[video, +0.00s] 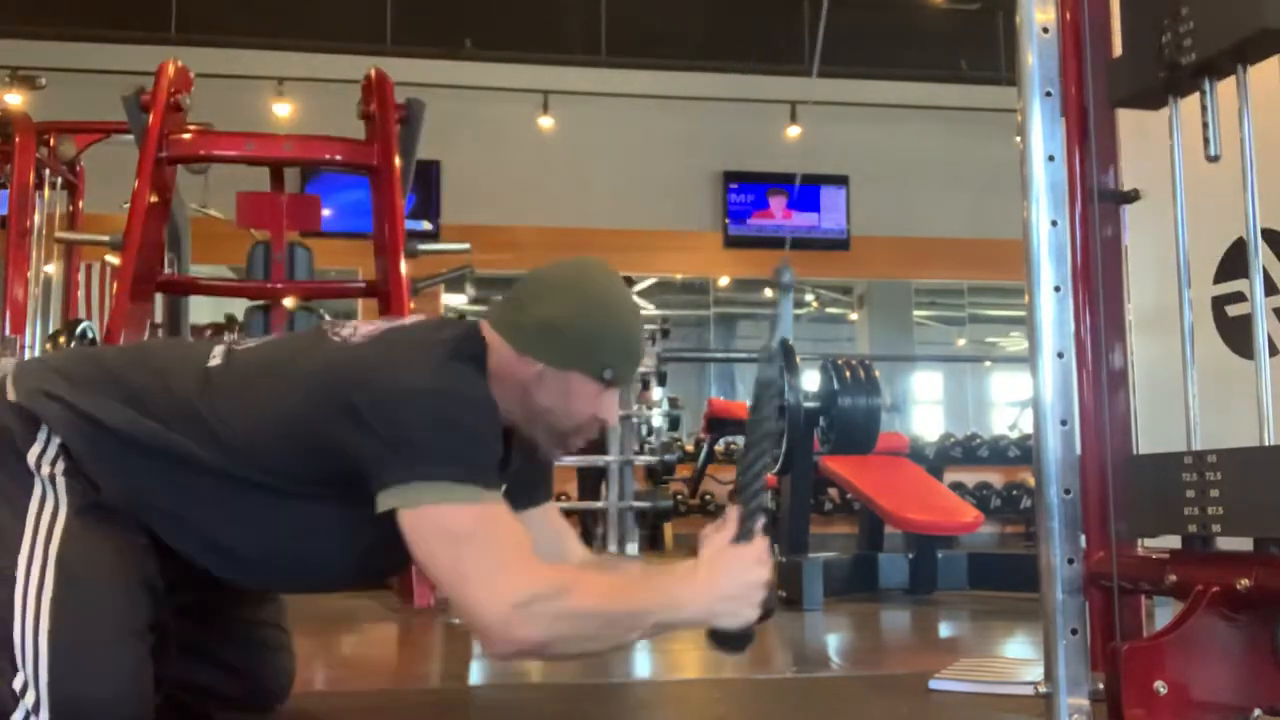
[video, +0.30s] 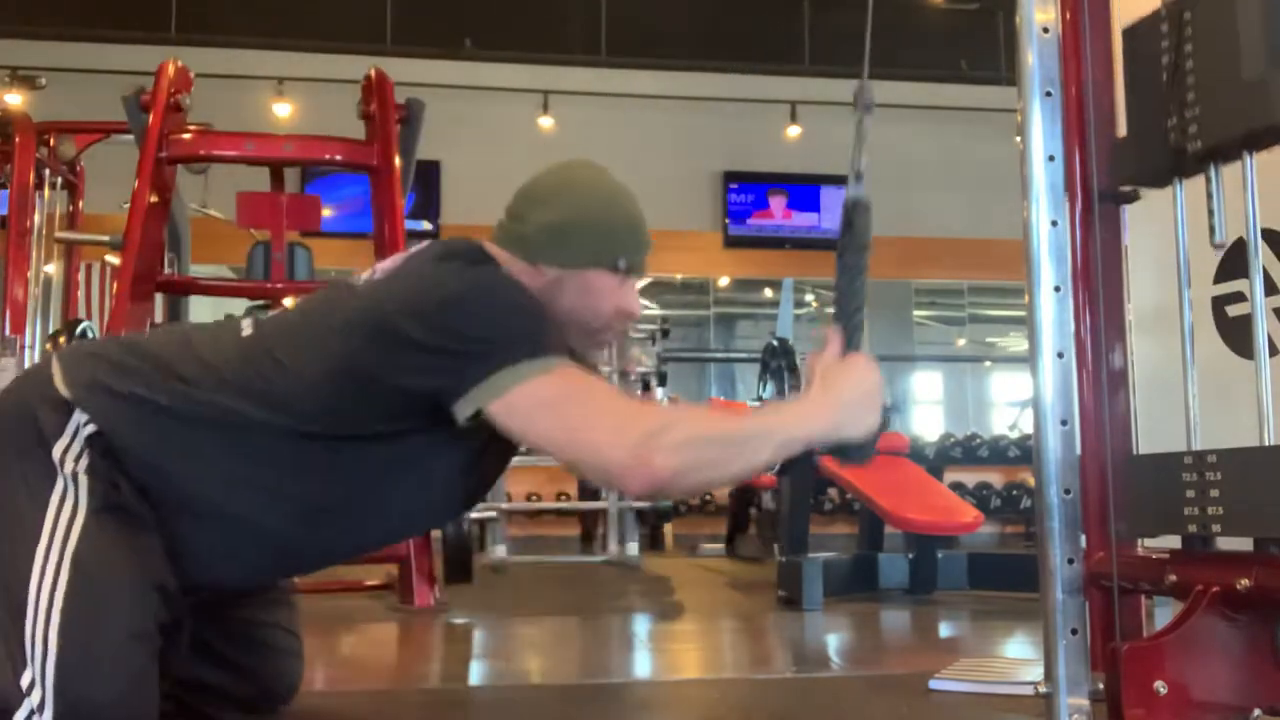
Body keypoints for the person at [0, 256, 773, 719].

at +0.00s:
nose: (616, 416)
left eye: (624, 393)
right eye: (608, 387)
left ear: (545, 367)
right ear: (541, 364)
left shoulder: (505, 428)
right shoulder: (429, 391)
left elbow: (563, 581)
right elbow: (508, 616)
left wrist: (689, 586)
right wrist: (687, 594)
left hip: (198, 499)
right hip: (71, 446)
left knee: (246, 682)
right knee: (83, 696)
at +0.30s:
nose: (636, 300)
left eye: (638, 278)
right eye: (625, 275)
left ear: (554, 265)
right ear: (555, 264)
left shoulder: (511, 329)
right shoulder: (465, 299)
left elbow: (630, 442)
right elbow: (645, 459)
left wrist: (783, 429)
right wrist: (818, 415)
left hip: (188, 493)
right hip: (85, 438)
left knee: (252, 670)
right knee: (78, 695)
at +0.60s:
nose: (622, 154)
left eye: (618, 133)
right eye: (606, 131)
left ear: (544, 137)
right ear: (550, 134)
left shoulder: (533, 254)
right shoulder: (461, 177)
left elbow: (689, 269)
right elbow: (694, 227)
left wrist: (828, 188)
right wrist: (848, 149)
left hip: (227, 500)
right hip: (127, 430)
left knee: (251, 683)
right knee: (78, 698)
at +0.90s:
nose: (619, 97)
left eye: (645, 86)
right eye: (616, 55)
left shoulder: (511, 150)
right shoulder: (422, 59)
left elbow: (633, 101)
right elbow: (644, 28)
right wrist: (752, 2)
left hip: (271, 450)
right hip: (162, 409)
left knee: (258, 690)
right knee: (84, 700)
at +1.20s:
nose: (545, 42)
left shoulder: (490, 97)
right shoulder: (384, 30)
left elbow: (636, 13)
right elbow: (571, 12)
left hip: (279, 423)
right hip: (176, 395)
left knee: (261, 693)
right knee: (93, 699)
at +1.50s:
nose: (561, 65)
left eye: (558, 49)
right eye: (543, 44)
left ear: (496, 58)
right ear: (480, 47)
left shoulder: (499, 175)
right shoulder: (412, 97)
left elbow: (652, 181)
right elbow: (622, 134)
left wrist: (751, 71)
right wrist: (751, 26)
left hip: (257, 485)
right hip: (144, 423)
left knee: (256, 694)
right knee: (79, 701)